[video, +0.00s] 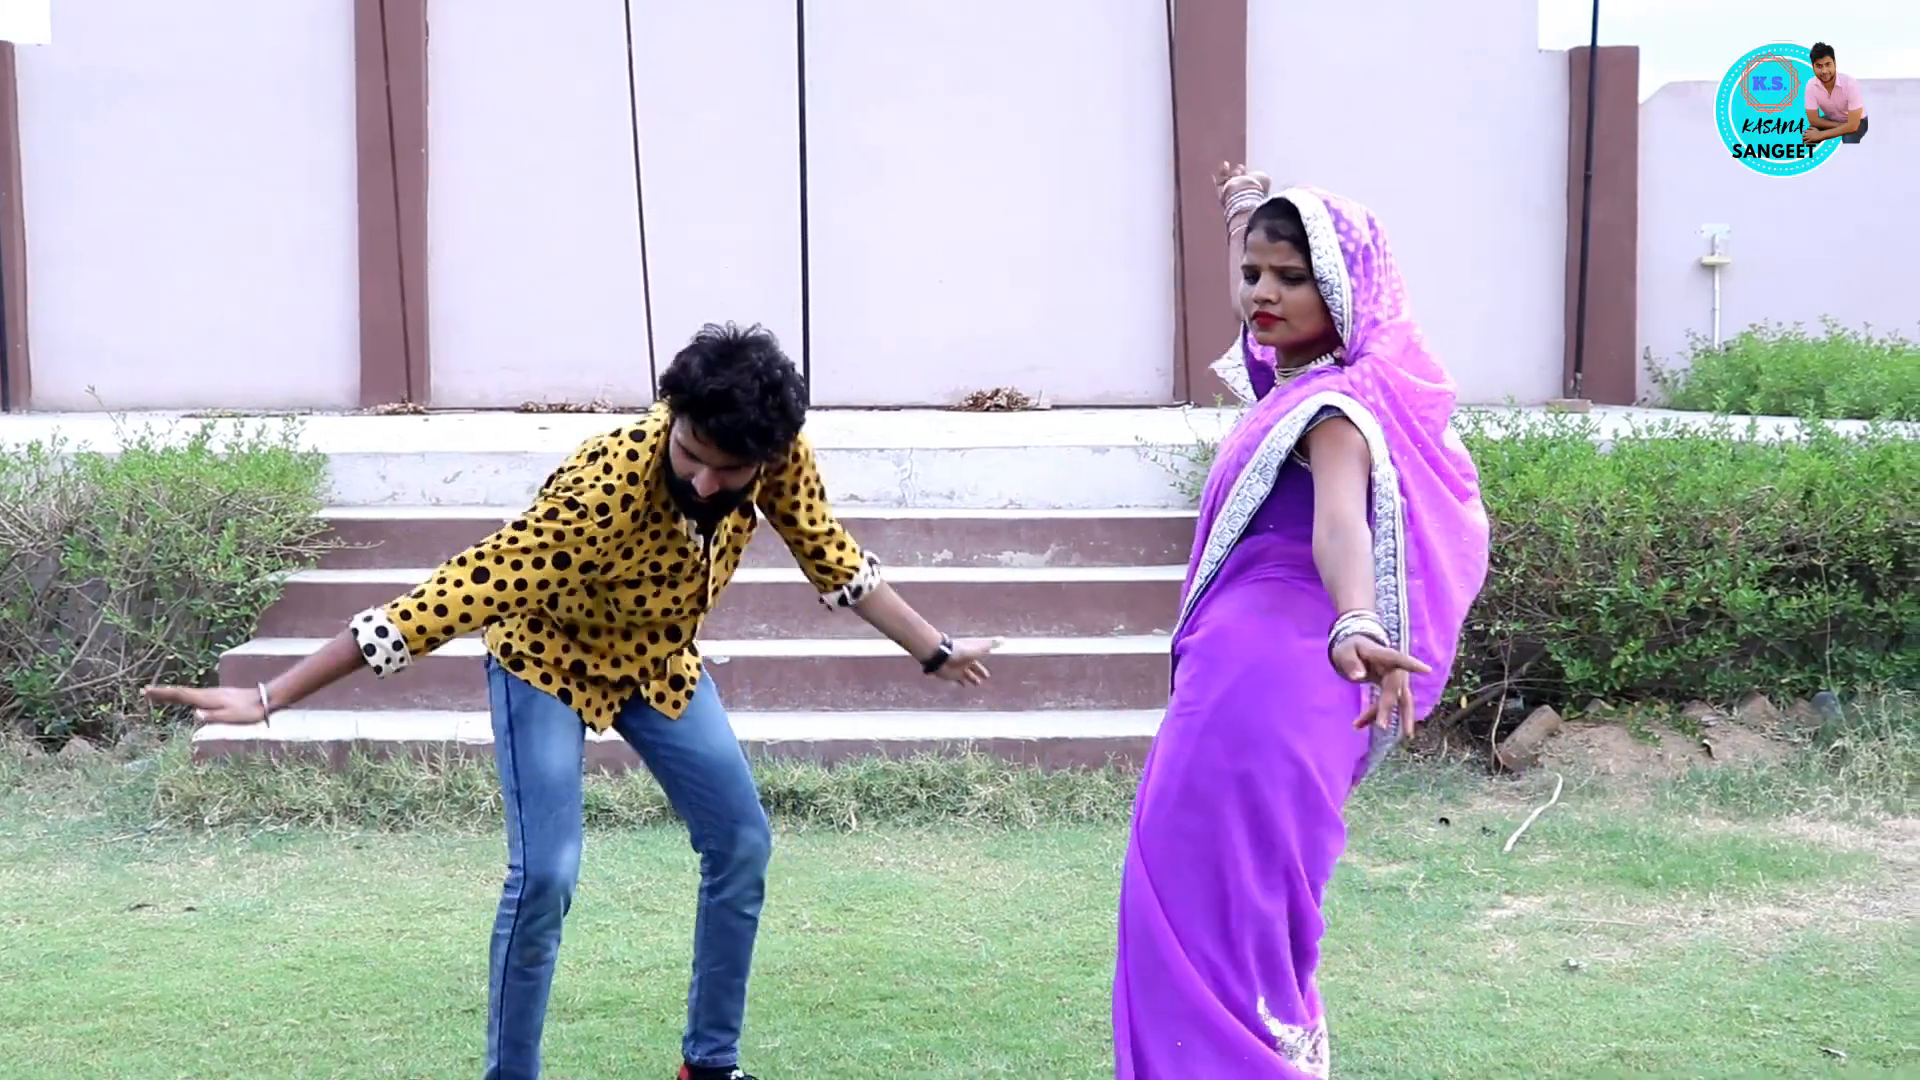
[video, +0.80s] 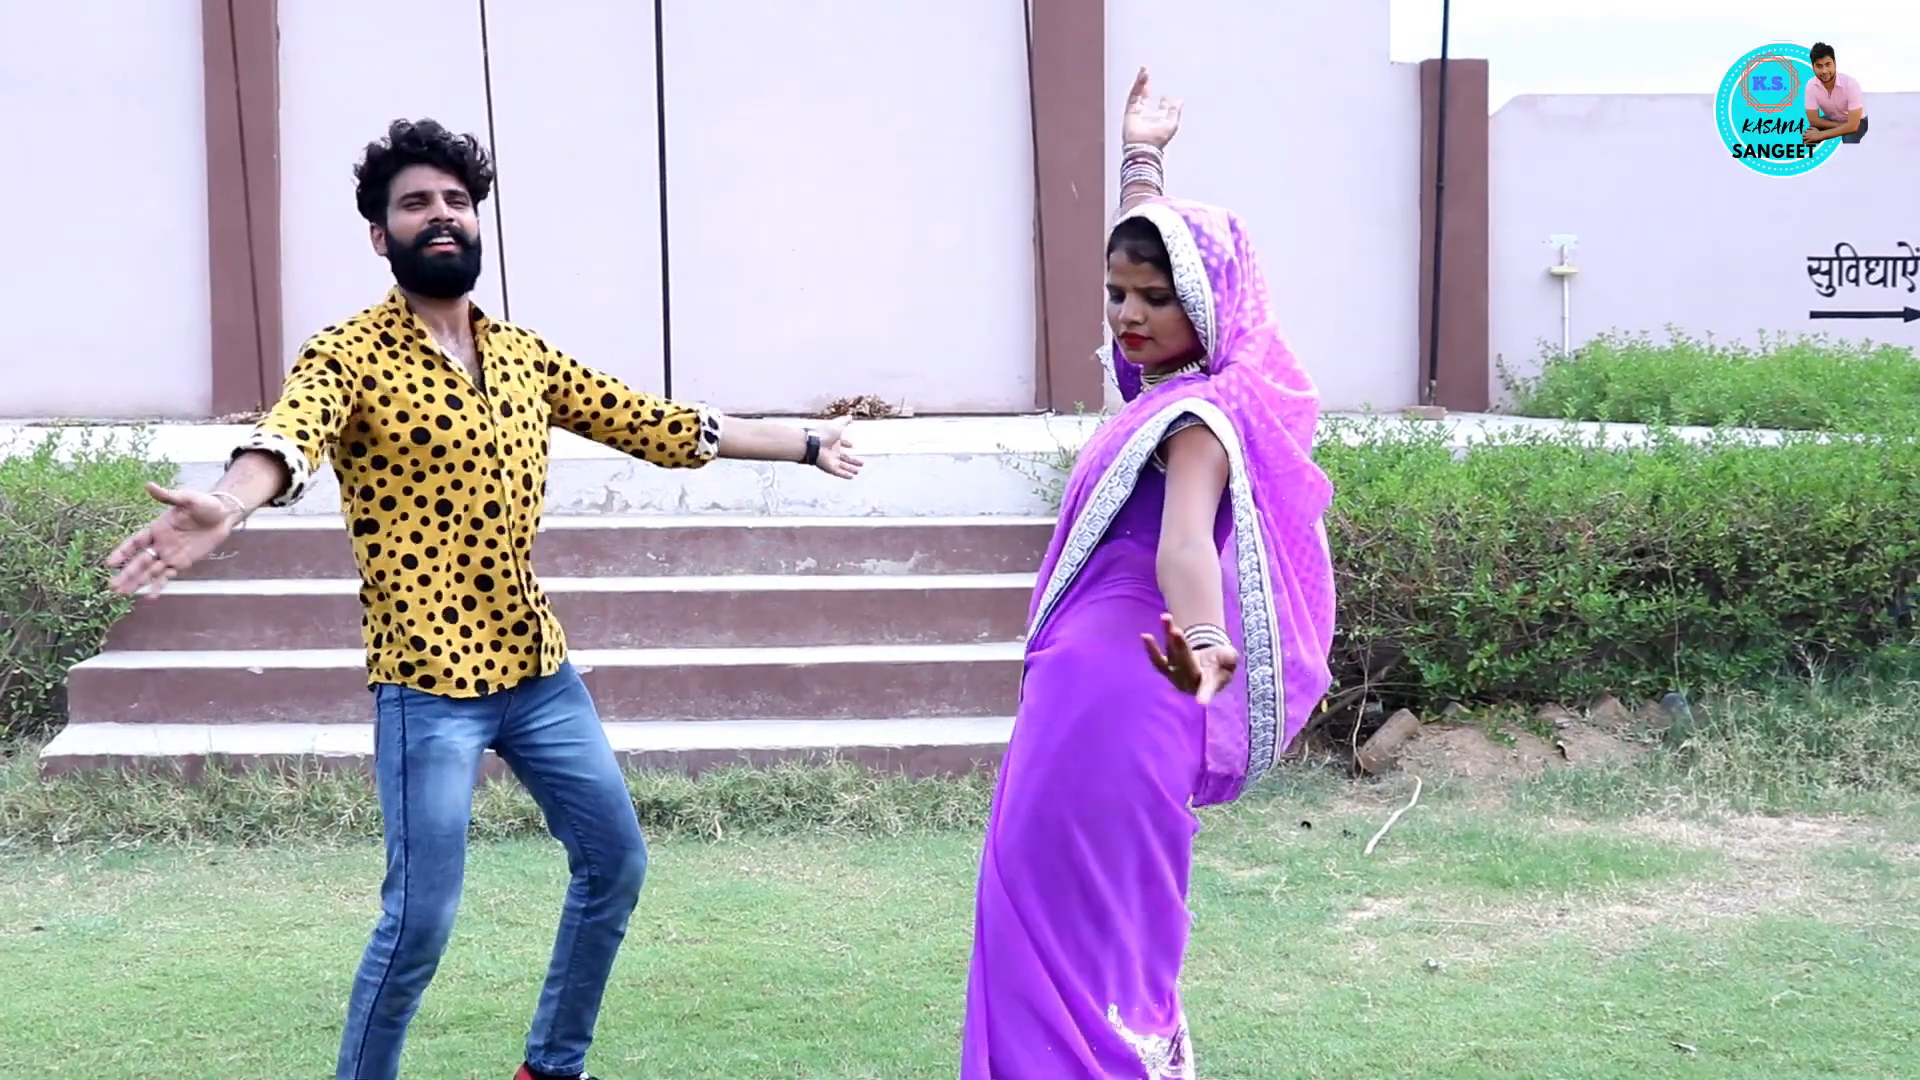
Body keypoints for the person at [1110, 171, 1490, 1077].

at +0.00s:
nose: (1265, 295)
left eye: (1291, 277)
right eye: (1254, 275)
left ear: (1345, 294)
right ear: (1247, 281)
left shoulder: (1336, 404)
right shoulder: (1301, 391)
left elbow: (1345, 525)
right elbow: (1260, 334)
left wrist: (1355, 620)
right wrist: (1259, 223)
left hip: (1265, 685)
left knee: (1172, 905)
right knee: (1252, 913)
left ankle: (1213, 1060)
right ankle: (1280, 1051)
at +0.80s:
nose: (1130, 317)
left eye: (1153, 299)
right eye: (1118, 296)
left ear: (1209, 305)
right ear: (1111, 295)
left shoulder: (1200, 412)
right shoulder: (1169, 392)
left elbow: (1191, 534)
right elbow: (1142, 272)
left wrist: (1203, 630)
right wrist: (1143, 157)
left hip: (1111, 701)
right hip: (1094, 693)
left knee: (1037, 930)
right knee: (1108, 936)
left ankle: (1067, 1066)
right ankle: (1133, 1059)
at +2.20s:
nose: (1091, 286)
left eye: (1113, 265)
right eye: (1088, 264)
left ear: (1175, 276)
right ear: (1195, 278)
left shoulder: (1153, 398)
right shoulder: (1236, 379)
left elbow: (1114, 548)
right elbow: (1211, 267)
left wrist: (1048, 669)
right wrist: (1163, 177)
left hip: (1120, 725)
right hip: (1194, 725)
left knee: (983, 921)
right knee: (1176, 962)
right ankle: (1175, 1064)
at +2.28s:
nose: (1108, 290)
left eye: (1129, 269)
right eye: (1104, 268)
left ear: (1196, 278)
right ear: (1206, 286)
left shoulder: (1170, 405)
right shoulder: (1259, 395)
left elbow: (1128, 566)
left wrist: (1046, 694)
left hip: (1138, 726)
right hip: (1211, 725)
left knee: (1044, 955)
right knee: (1186, 958)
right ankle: (1187, 1063)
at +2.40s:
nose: (1123, 281)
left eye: (1144, 262)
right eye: (1121, 260)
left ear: (1208, 275)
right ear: (1226, 278)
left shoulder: (1189, 405)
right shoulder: (1266, 384)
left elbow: (1149, 561)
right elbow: (1256, 265)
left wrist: (1069, 686)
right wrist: (1205, 181)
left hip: (1148, 714)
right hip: (1213, 712)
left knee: (1078, 963)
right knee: (1189, 959)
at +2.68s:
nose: (1197, 275)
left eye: (1220, 258)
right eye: (1193, 257)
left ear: (1282, 275)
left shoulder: (1263, 403)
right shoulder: (1300, 372)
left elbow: (1230, 555)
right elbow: (1207, 317)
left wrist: (1186, 662)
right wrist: (1188, 207)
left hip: (1216, 717)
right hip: (1263, 711)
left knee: (1086, 928)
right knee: (1244, 953)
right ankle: (1259, 1062)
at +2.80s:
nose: (1207, 259)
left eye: (1231, 245)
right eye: (1206, 240)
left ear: (1296, 267)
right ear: (1200, 244)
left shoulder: (1296, 390)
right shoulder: (1262, 368)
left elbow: (1287, 543)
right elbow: (1199, 318)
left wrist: (1253, 606)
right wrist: (1184, 210)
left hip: (1231, 711)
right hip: (1196, 698)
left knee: (1204, 955)